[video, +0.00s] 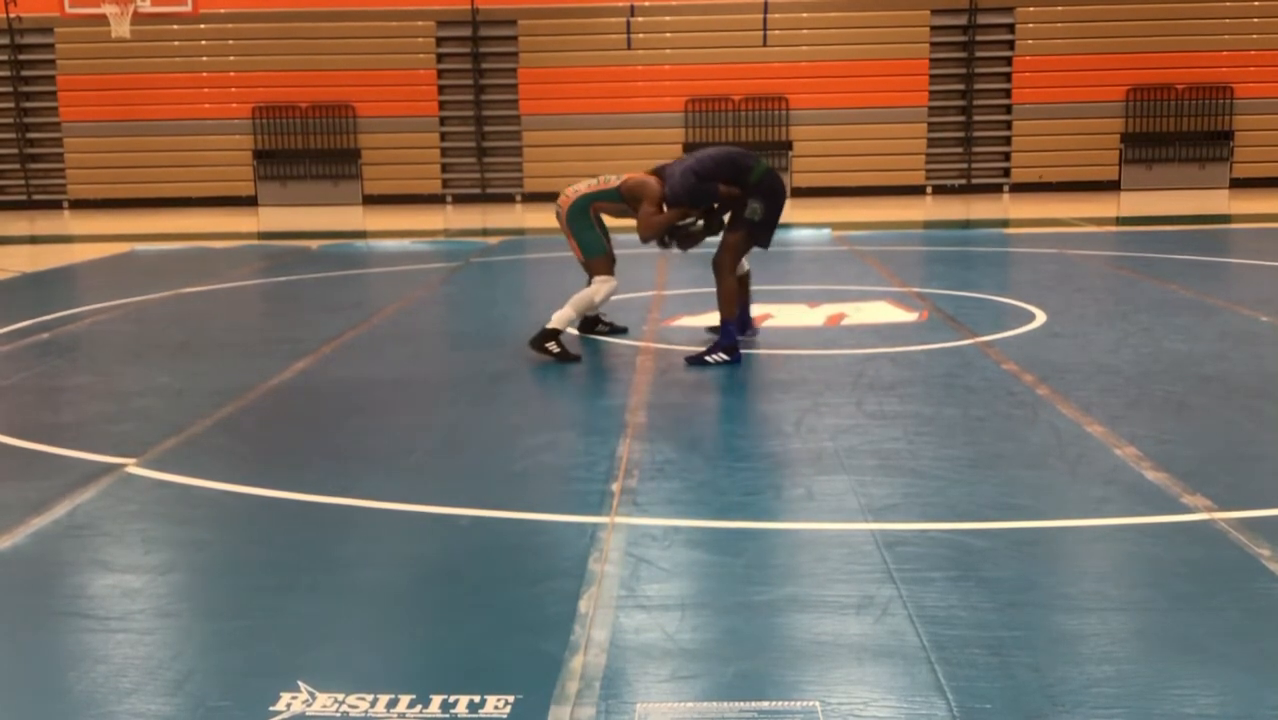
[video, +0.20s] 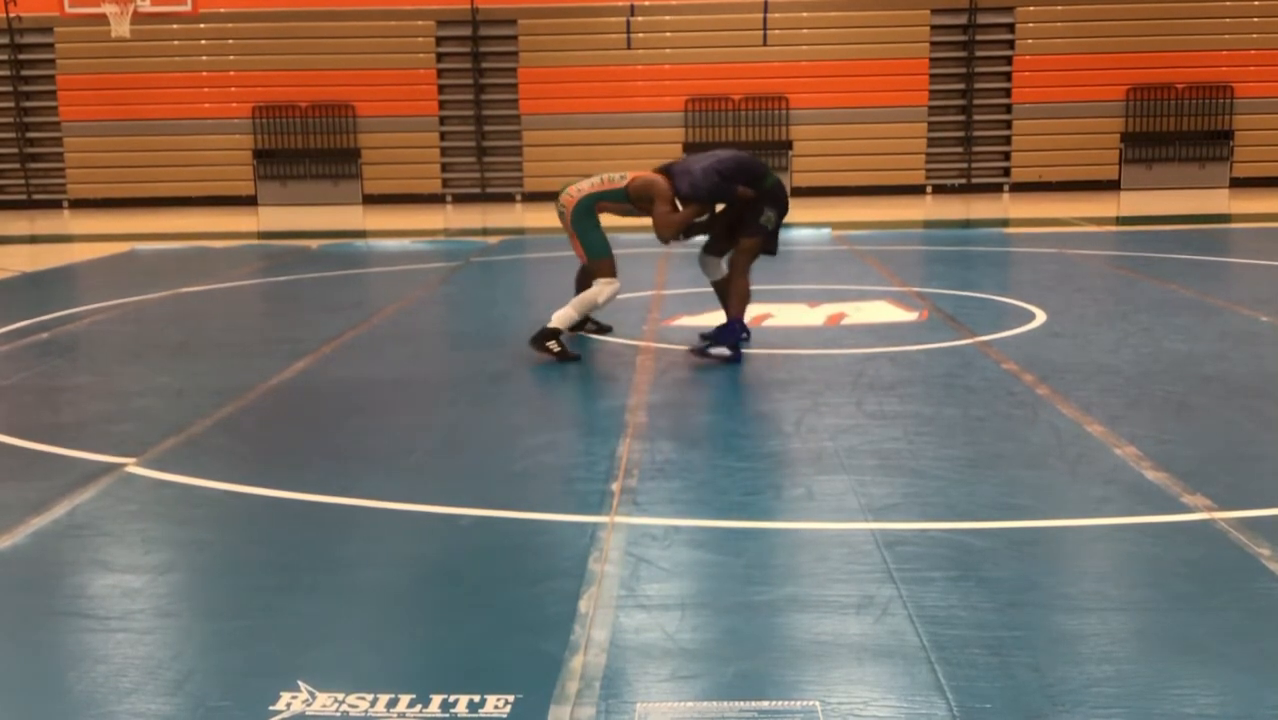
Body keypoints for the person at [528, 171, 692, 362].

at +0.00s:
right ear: (676, 179)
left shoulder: (652, 187)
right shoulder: (651, 187)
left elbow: (649, 228)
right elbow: (646, 232)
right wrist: (681, 211)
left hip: (582, 206)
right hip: (576, 208)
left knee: (606, 264)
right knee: (605, 282)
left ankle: (590, 319)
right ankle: (548, 335)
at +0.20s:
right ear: (683, 178)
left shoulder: (659, 185)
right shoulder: (660, 187)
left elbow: (670, 231)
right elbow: (666, 232)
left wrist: (707, 224)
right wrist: (698, 208)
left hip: (574, 200)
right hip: (578, 206)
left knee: (594, 266)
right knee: (607, 285)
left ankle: (579, 319)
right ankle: (548, 335)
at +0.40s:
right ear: (694, 198)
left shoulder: (661, 193)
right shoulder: (670, 200)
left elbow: (681, 246)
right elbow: (682, 253)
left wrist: (703, 223)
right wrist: (709, 222)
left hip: (577, 217)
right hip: (596, 222)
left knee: (603, 267)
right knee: (653, 273)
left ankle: (580, 316)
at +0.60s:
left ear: (678, 182)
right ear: (695, 192)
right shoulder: (675, 200)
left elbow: (668, 249)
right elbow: (694, 246)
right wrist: (717, 217)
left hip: (580, 226)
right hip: (599, 230)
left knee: (613, 264)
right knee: (663, 279)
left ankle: (576, 318)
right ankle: (646, 347)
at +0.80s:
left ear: (679, 182)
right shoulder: (672, 196)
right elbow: (679, 235)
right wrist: (707, 213)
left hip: (578, 223)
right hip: (599, 227)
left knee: (610, 267)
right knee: (658, 276)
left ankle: (576, 322)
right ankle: (645, 347)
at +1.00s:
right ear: (704, 202)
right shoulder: (676, 200)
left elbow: (635, 230)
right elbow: (680, 250)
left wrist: (668, 247)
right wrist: (710, 235)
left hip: (575, 213)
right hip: (604, 218)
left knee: (588, 263)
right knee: (658, 277)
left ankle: (570, 321)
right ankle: (645, 346)